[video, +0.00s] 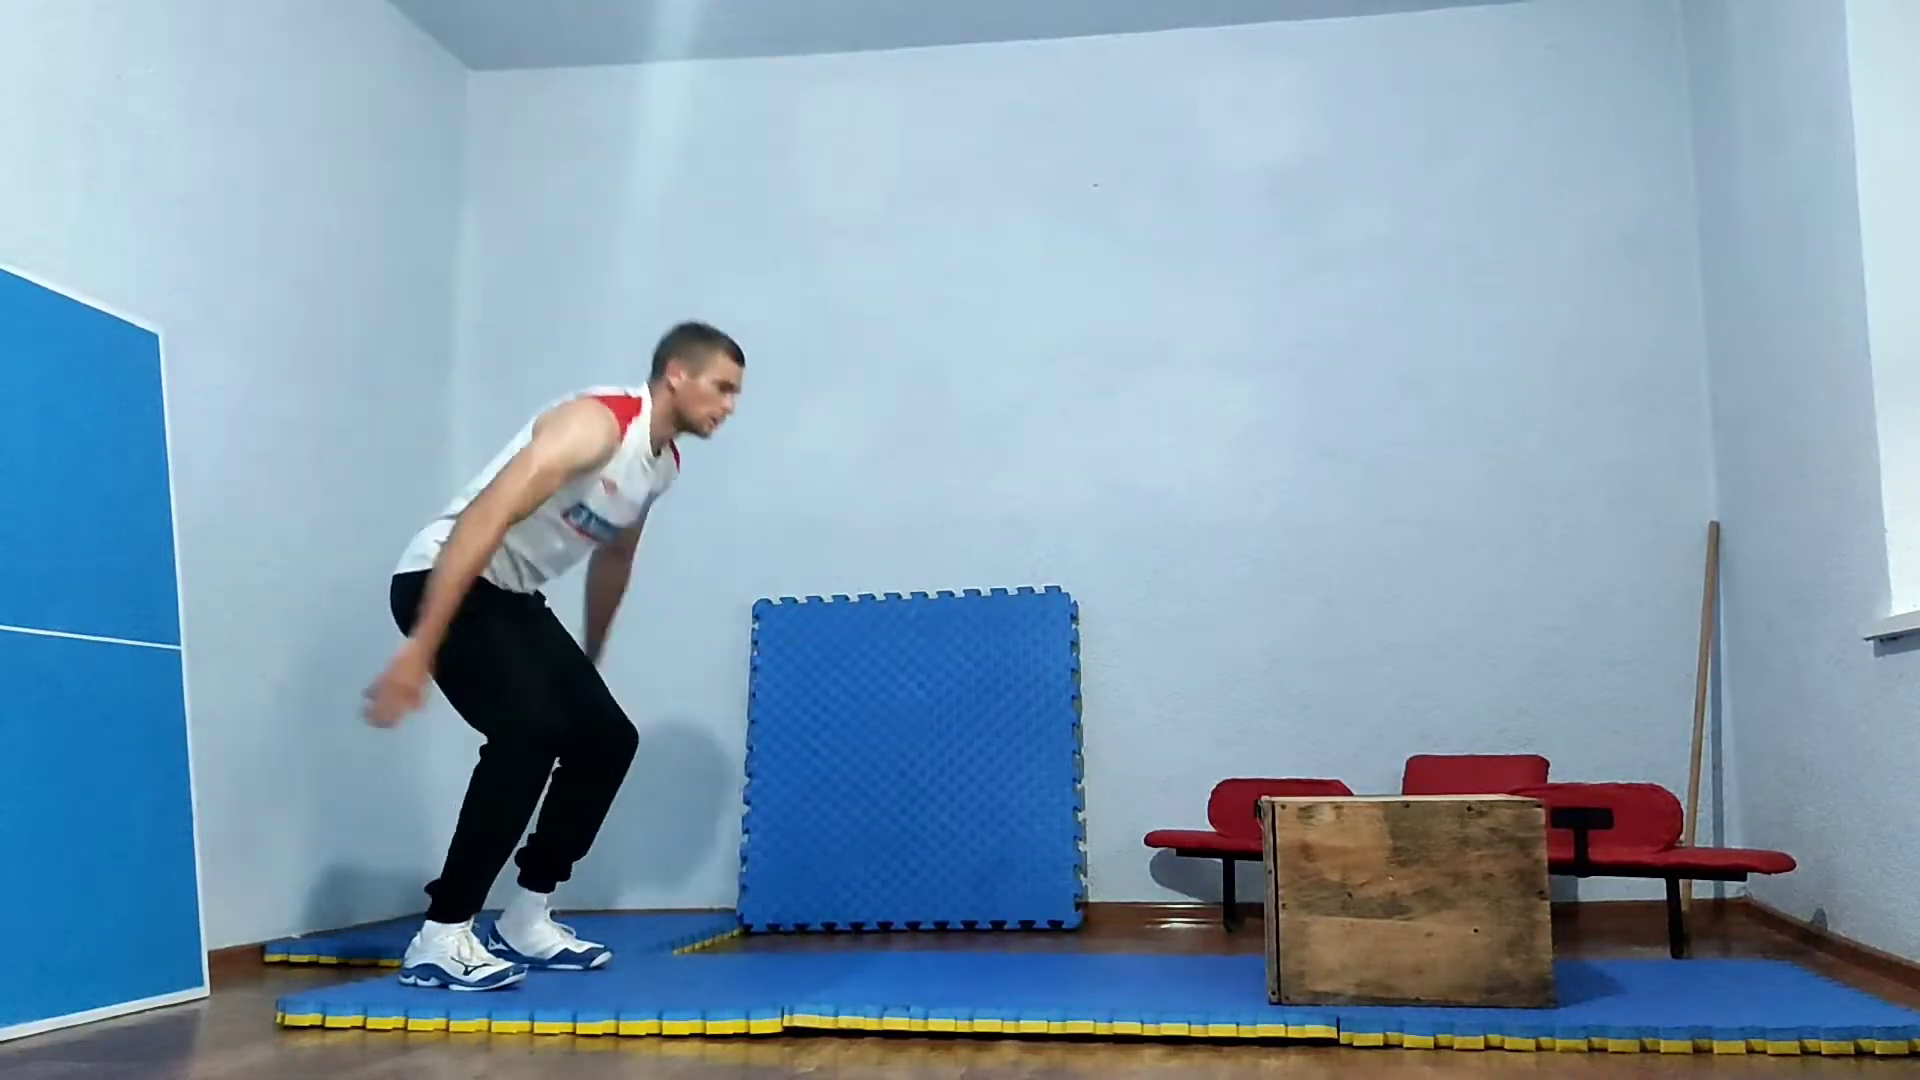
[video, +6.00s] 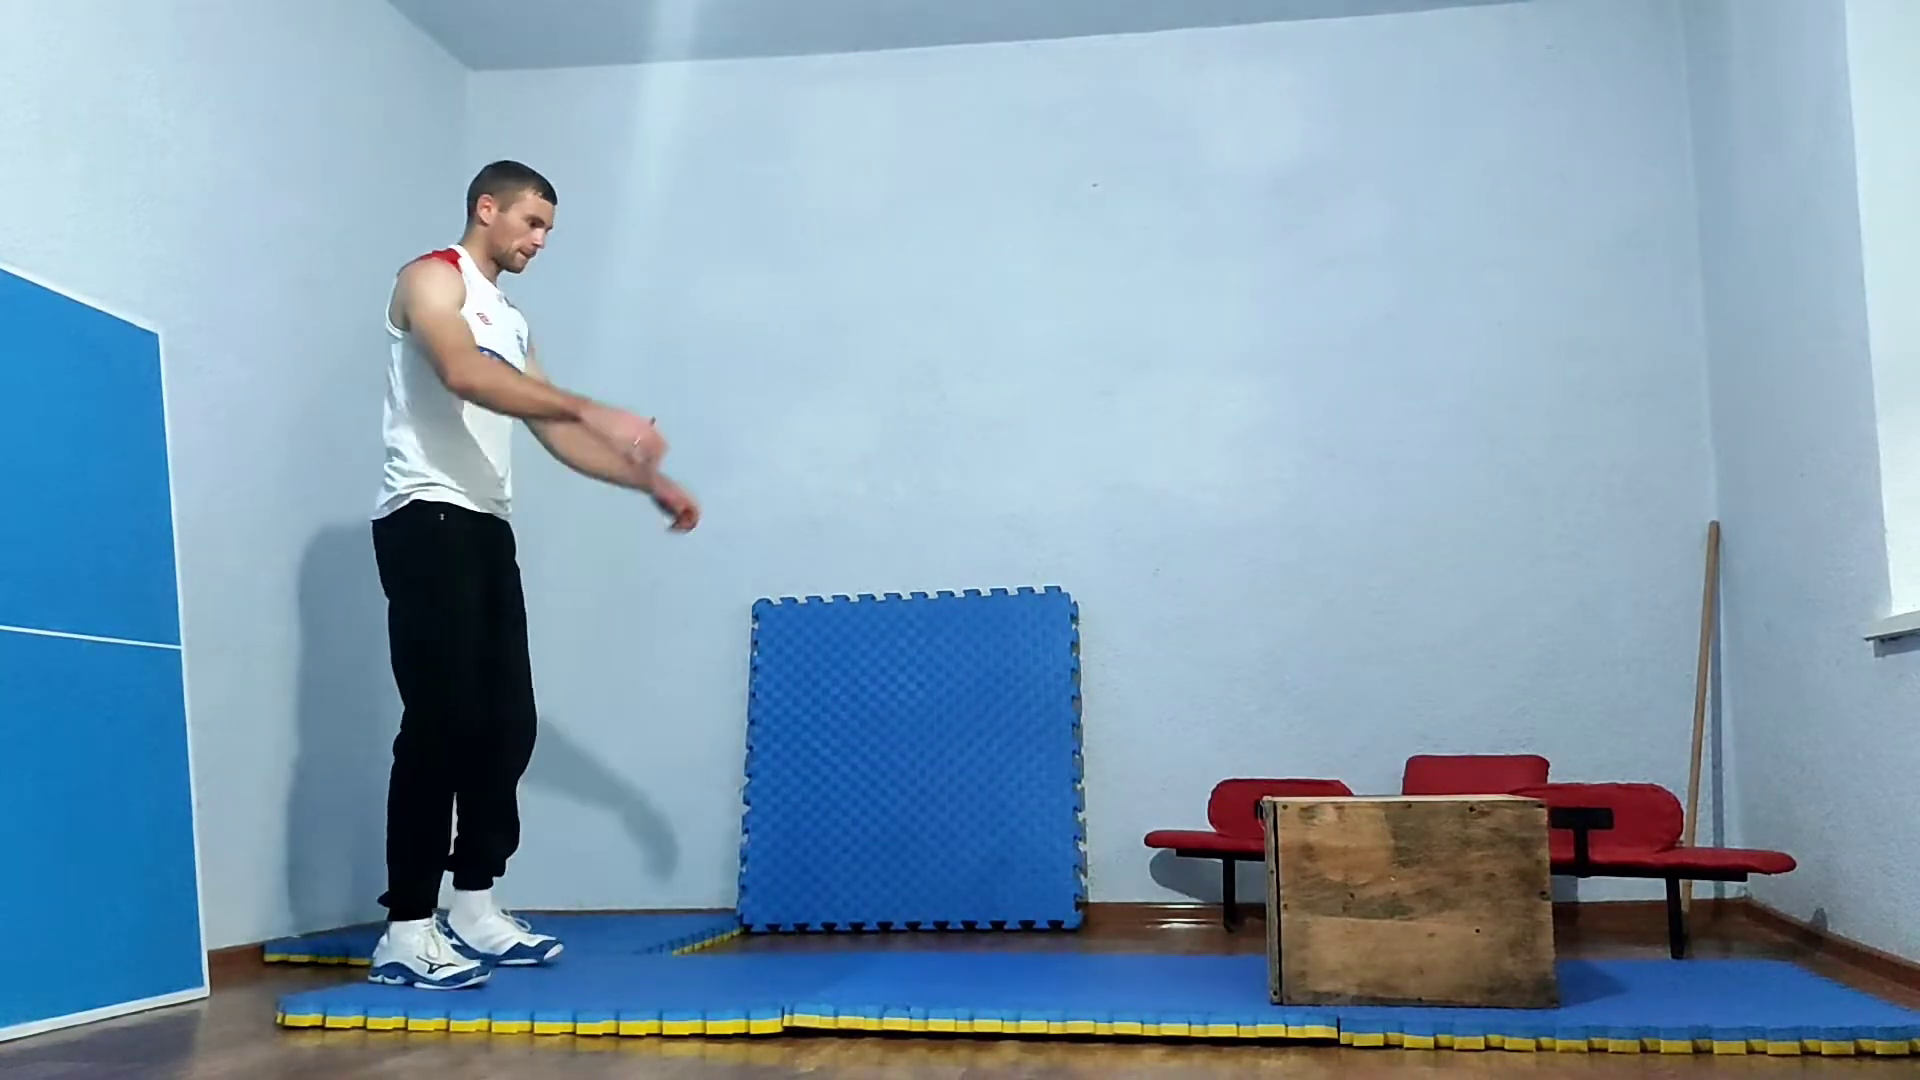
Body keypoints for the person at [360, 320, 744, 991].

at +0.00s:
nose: (729, 405)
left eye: (735, 393)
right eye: (721, 388)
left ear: (687, 387)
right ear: (674, 377)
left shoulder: (660, 464)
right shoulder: (592, 425)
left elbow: (614, 557)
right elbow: (486, 519)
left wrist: (590, 659)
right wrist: (419, 650)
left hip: (512, 595)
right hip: (447, 583)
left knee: (608, 741)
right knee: (529, 730)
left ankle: (524, 918)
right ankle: (442, 934)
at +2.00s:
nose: (1503, 240)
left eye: (1507, 229)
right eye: (1498, 223)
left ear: (1450, 214)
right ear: (1456, 207)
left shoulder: (1417, 310)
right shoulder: (1407, 245)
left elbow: (1519, 366)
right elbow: (1564, 283)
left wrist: (1643, 339)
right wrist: (1693, 274)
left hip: (1254, 452)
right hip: (1244, 441)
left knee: (1434, 547)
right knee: (1440, 542)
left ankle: (1347, 746)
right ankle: (1342, 748)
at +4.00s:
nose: (921, 225)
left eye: (927, 213)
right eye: (914, 207)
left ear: (898, 212)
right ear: (864, 196)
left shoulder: (881, 304)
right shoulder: (814, 271)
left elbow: (911, 434)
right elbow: (739, 387)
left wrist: (995, 498)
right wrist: (751, 519)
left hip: (869, 522)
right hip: (837, 519)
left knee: (840, 719)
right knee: (915, 715)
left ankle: (707, 874)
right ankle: (943, 934)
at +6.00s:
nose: (539, 241)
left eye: (546, 230)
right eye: (532, 223)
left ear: (527, 232)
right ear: (484, 208)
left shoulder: (507, 317)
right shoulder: (430, 278)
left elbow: (555, 428)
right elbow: (466, 374)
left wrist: (647, 481)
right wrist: (588, 412)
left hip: (486, 534)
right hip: (426, 526)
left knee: (506, 721)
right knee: (439, 718)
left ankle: (472, 908)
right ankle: (407, 927)